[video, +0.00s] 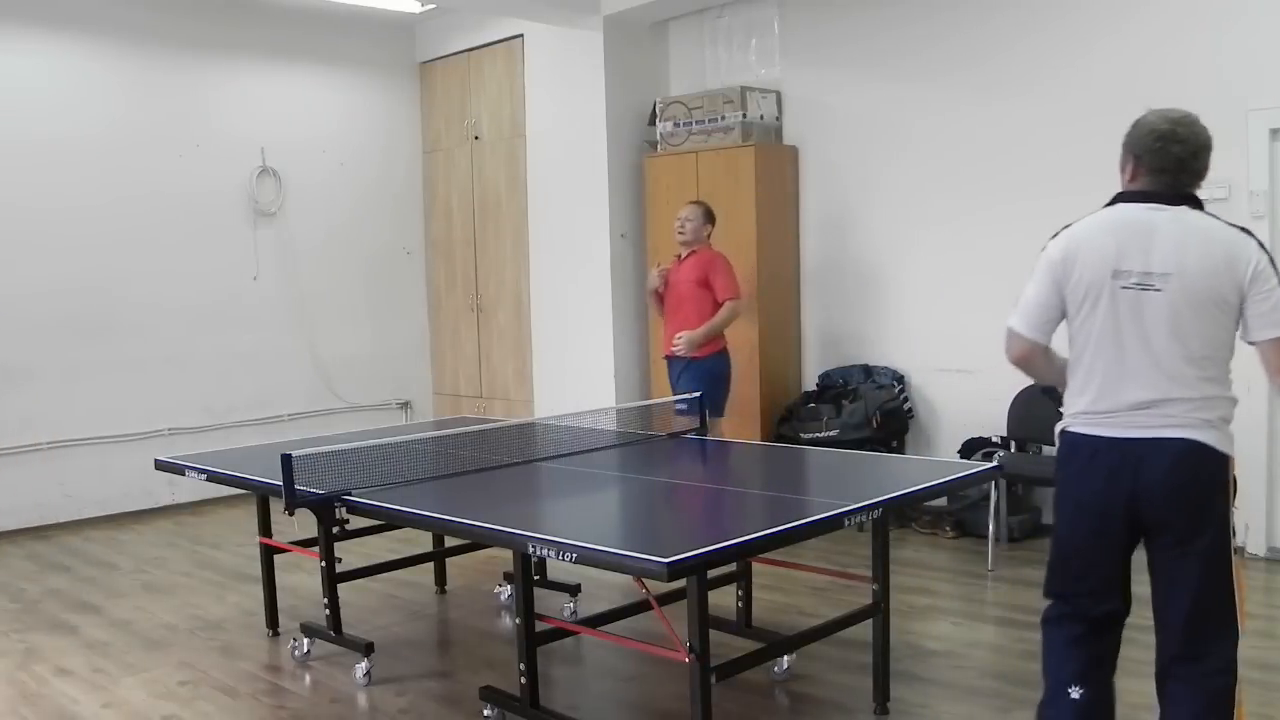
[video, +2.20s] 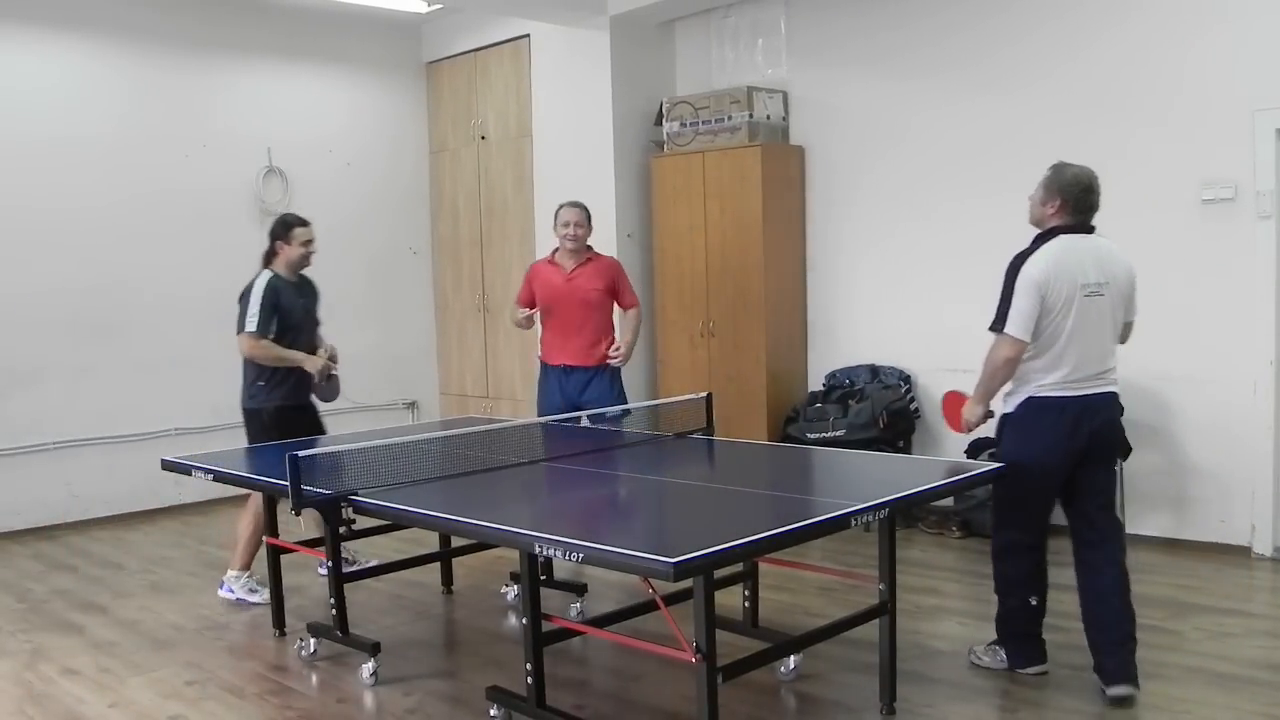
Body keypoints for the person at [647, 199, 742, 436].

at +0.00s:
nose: (680, 224)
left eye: (689, 220)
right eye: (678, 220)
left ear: (707, 229)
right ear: (674, 225)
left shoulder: (714, 260)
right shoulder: (674, 266)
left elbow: (733, 305)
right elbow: (667, 314)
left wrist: (699, 336)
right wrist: (653, 291)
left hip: (706, 361)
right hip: (677, 361)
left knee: (690, 433)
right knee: (707, 432)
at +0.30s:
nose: (654, 230)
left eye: (663, 226)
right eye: (654, 225)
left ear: (682, 235)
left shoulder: (683, 266)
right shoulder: (665, 265)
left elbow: (697, 316)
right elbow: (661, 311)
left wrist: (654, 347)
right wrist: (638, 299)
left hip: (677, 371)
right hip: (661, 369)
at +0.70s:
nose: (612, 229)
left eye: (621, 225)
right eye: (613, 223)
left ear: (641, 234)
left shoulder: (640, 265)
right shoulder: (631, 261)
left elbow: (649, 322)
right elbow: (636, 296)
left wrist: (602, 349)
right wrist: (610, 287)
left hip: (638, 370)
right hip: (628, 368)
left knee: (633, 448)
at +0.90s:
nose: (589, 234)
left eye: (597, 229)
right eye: (590, 226)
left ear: (619, 235)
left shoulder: (624, 266)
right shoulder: (611, 261)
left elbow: (640, 324)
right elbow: (621, 299)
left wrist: (596, 359)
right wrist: (595, 293)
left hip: (629, 370)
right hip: (616, 369)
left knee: (627, 450)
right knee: (624, 449)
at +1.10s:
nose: (572, 242)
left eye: (579, 237)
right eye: (570, 235)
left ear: (601, 240)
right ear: (568, 233)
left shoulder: (610, 270)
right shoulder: (594, 263)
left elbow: (634, 327)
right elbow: (607, 296)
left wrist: (595, 366)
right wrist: (581, 296)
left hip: (625, 375)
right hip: (610, 374)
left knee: (627, 453)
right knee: (622, 452)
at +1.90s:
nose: (573, 236)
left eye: (581, 230)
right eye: (569, 229)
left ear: (599, 233)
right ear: (564, 230)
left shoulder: (615, 272)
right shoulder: (563, 263)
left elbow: (640, 319)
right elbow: (565, 294)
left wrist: (614, 360)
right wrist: (547, 308)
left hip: (608, 378)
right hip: (571, 376)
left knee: (609, 446)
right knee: (576, 446)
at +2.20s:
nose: (572, 232)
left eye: (579, 226)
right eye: (565, 225)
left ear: (589, 231)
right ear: (555, 230)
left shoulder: (609, 268)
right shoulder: (538, 270)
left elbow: (631, 307)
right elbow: (521, 307)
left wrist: (627, 344)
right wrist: (522, 320)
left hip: (600, 376)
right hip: (554, 377)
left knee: (611, 446)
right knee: (556, 446)